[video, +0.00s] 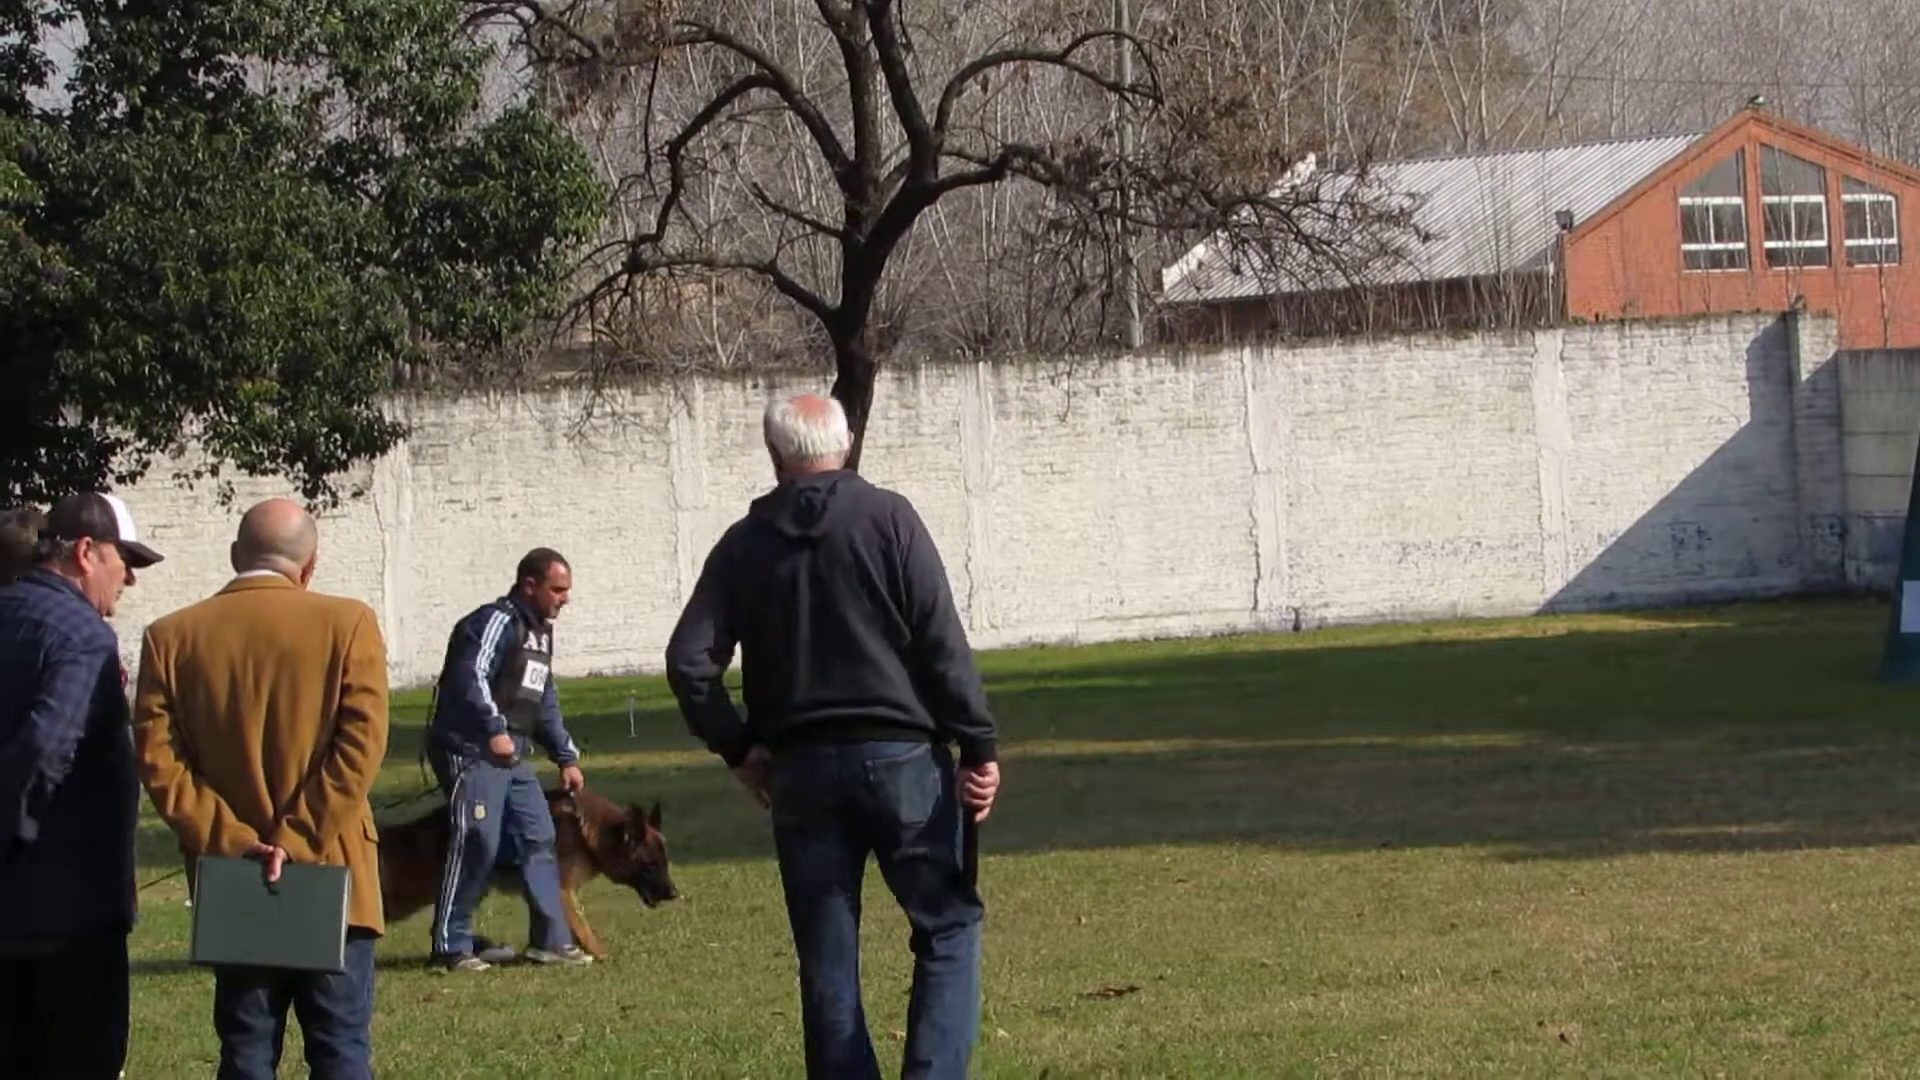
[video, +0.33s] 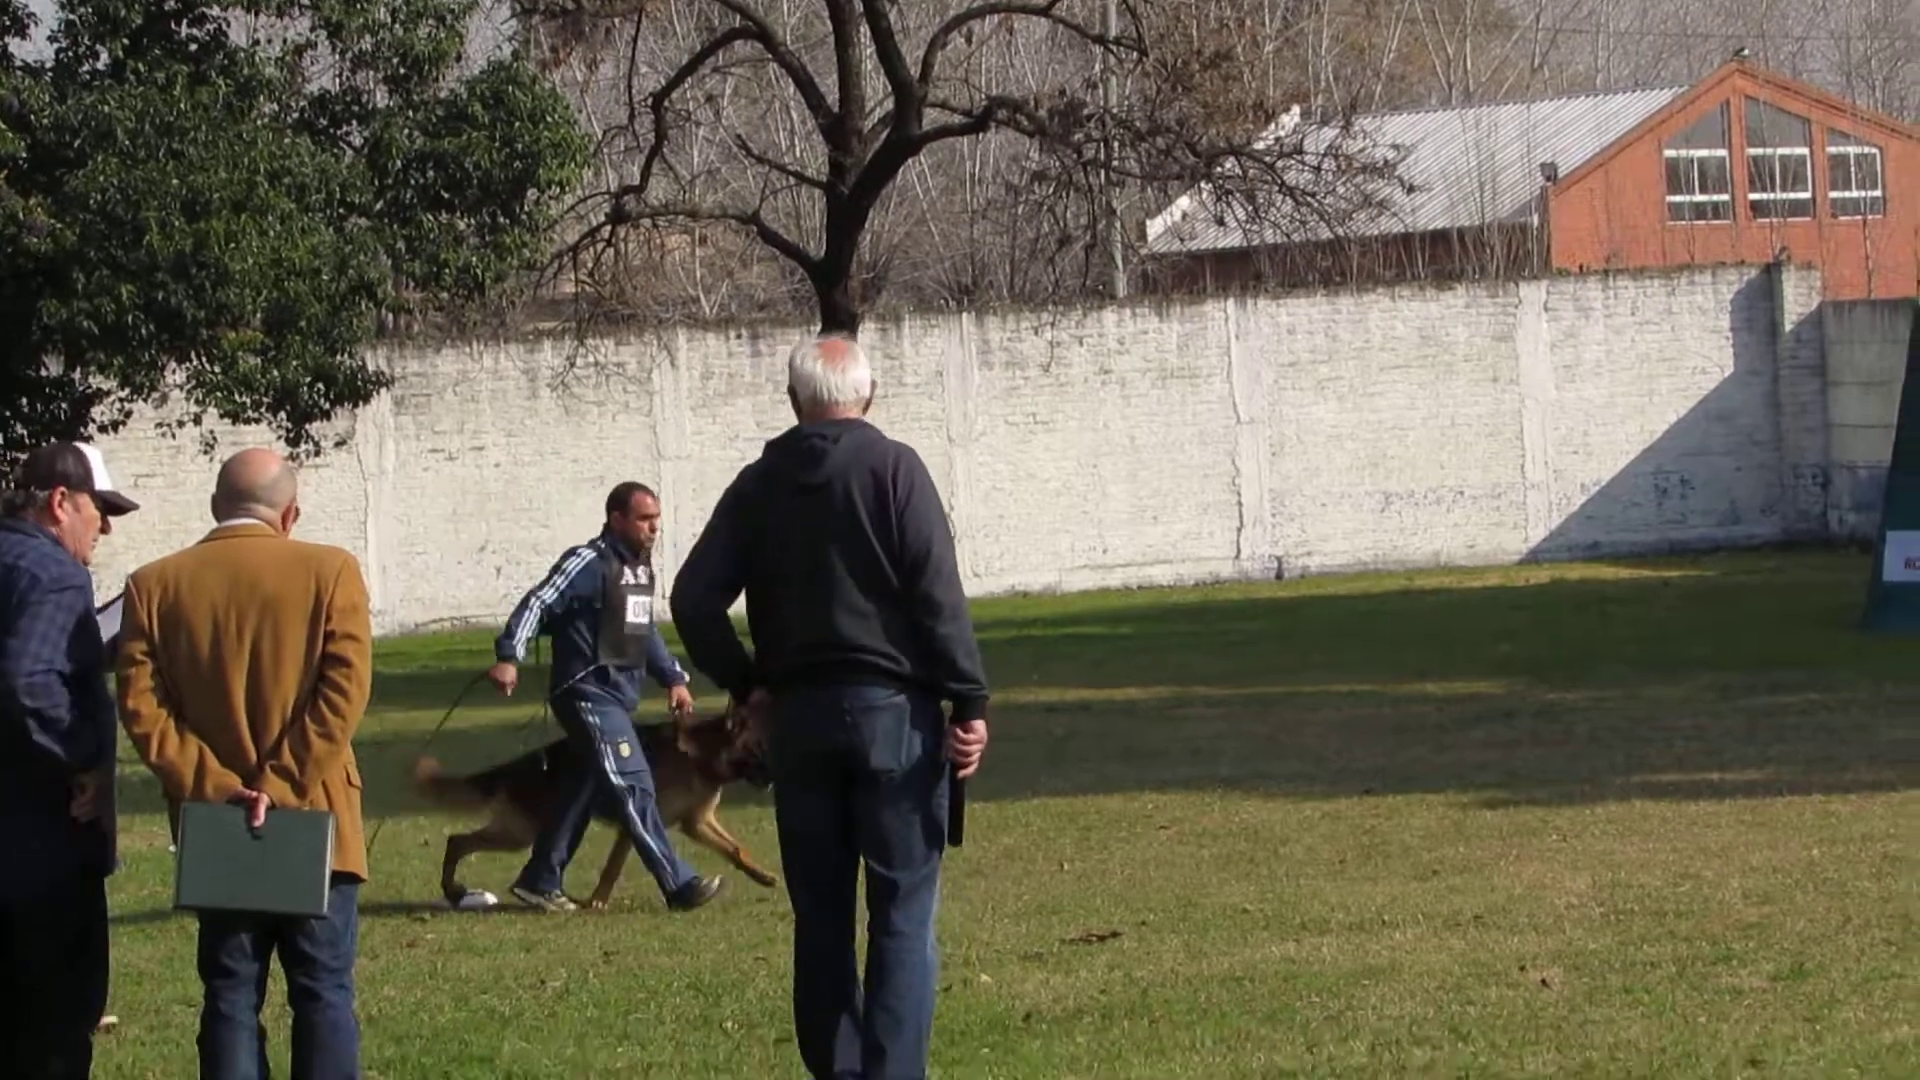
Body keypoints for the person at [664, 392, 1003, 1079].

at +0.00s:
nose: (852, 451)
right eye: (851, 442)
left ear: (775, 457)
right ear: (848, 447)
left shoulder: (743, 542)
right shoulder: (888, 517)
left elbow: (688, 661)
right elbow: (940, 642)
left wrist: (738, 747)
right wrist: (979, 746)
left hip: (799, 772)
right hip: (902, 761)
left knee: (825, 960)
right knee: (947, 928)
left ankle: (841, 1074)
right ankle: (933, 1072)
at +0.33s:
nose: (872, 402)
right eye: (872, 392)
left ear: (793, 400)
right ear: (869, 397)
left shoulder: (757, 481)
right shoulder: (893, 466)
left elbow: (693, 600)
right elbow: (937, 595)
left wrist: (745, 684)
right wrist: (970, 702)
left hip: (795, 713)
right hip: (890, 709)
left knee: (818, 911)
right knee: (904, 907)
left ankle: (835, 1065)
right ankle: (897, 1068)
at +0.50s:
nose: (890, 326)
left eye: (886, 316)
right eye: (888, 316)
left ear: (803, 322)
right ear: (881, 321)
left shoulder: (765, 401)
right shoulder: (899, 391)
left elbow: (700, 516)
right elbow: (938, 521)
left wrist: (751, 602)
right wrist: (970, 627)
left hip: (800, 640)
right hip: (891, 636)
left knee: (819, 826)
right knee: (900, 822)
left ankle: (833, 1009)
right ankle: (888, 1016)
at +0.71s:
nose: (870, 229)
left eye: (866, 217)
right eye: (868, 219)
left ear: (783, 219)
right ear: (856, 224)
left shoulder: (738, 302)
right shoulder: (870, 296)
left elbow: (671, 409)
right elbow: (904, 430)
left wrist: (716, 500)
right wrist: (927, 537)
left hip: (763, 545)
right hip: (852, 542)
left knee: (785, 732)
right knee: (857, 733)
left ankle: (791, 914)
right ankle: (844, 921)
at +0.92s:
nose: (804, 173)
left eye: (799, 161)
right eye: (802, 162)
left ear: (723, 157)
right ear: (789, 165)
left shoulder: (674, 236)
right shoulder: (798, 238)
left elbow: (600, 352)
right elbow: (830, 373)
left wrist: (653, 442)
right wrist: (850, 484)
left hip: (692, 482)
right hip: (776, 481)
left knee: (711, 670)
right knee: (783, 672)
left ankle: (703, 859)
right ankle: (769, 864)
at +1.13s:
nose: (716, 135)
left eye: (713, 121)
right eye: (713, 123)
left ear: (634, 121)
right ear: (696, 127)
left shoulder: (585, 198)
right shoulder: (696, 201)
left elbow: (517, 318)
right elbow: (726, 335)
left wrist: (580, 401)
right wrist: (752, 447)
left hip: (605, 450)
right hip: (686, 450)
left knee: (615, 635)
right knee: (696, 637)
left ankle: (608, 824)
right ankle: (681, 828)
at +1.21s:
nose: (662, 122)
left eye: (659, 108)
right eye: (658, 109)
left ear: (583, 109)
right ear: (636, 112)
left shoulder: (534, 183)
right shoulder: (639, 186)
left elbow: (468, 307)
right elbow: (667, 323)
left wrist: (535, 394)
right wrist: (694, 435)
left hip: (554, 439)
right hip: (633, 439)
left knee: (563, 628)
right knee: (645, 631)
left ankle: (556, 814)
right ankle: (629, 817)